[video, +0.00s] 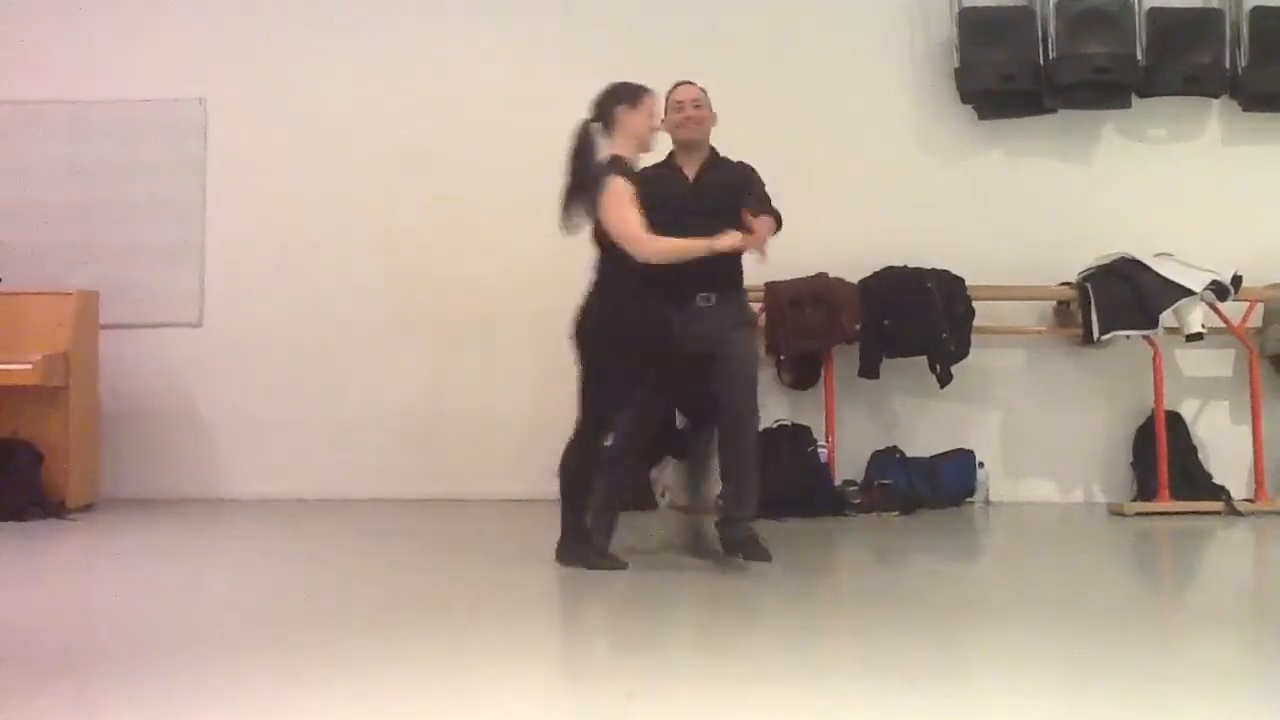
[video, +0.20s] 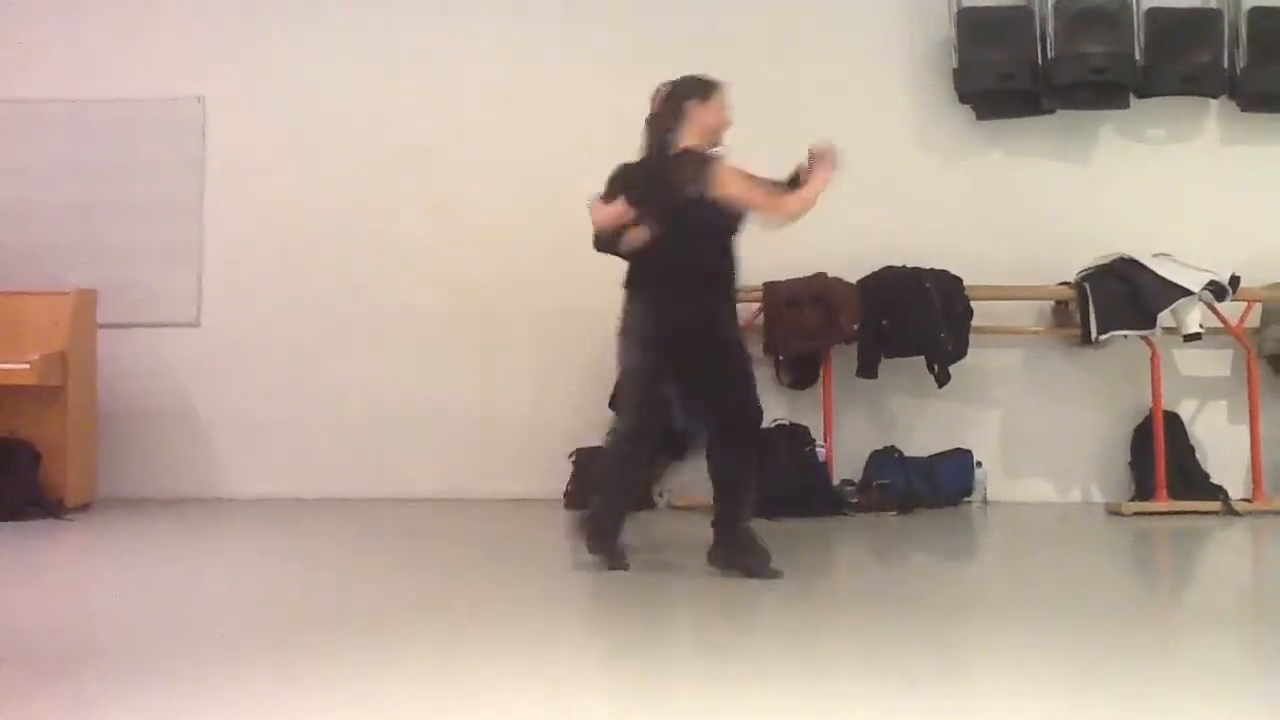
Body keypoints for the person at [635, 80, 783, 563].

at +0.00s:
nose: (689, 113)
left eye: (697, 105)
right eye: (679, 107)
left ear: (713, 118)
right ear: (665, 123)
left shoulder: (737, 175)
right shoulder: (645, 181)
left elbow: (766, 217)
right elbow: (619, 231)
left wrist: (758, 226)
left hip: (726, 316)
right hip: (663, 317)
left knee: (739, 414)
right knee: (638, 421)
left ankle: (738, 525)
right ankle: (596, 529)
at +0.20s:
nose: (727, 116)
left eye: (725, 107)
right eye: (719, 106)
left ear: (679, 115)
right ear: (692, 111)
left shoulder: (640, 175)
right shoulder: (713, 174)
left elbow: (602, 220)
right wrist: (816, 177)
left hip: (646, 326)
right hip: (703, 326)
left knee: (643, 425)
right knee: (736, 421)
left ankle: (603, 525)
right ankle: (732, 537)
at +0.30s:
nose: (663, 110)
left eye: (671, 103)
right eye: (653, 104)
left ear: (685, 114)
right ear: (636, 118)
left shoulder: (705, 167)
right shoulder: (614, 174)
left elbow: (726, 223)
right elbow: (592, 232)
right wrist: (642, 236)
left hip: (693, 311)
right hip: (633, 312)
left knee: (716, 415)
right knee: (621, 413)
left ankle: (727, 526)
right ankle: (604, 512)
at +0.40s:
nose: (659, 110)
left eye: (667, 103)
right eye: (649, 104)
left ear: (680, 116)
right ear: (632, 119)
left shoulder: (699, 172)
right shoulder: (611, 175)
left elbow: (722, 225)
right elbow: (590, 234)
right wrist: (648, 242)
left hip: (690, 310)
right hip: (632, 312)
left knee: (713, 410)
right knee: (619, 411)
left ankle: (720, 518)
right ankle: (603, 511)